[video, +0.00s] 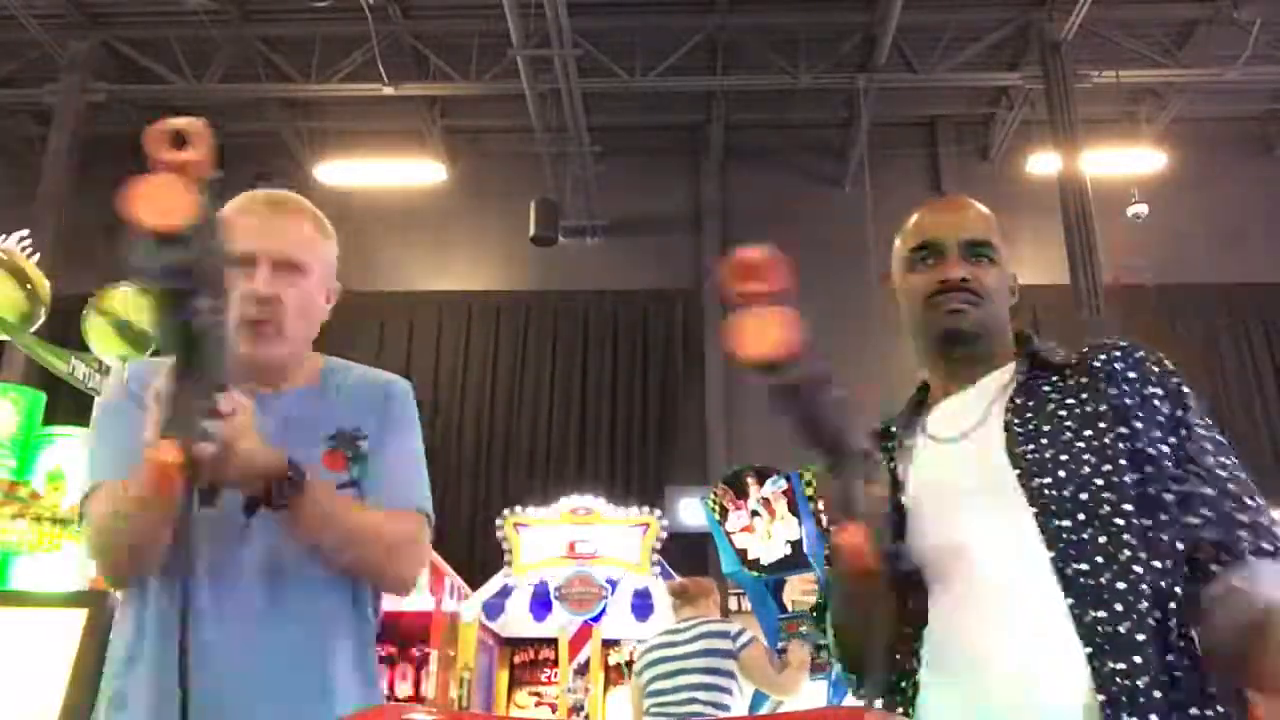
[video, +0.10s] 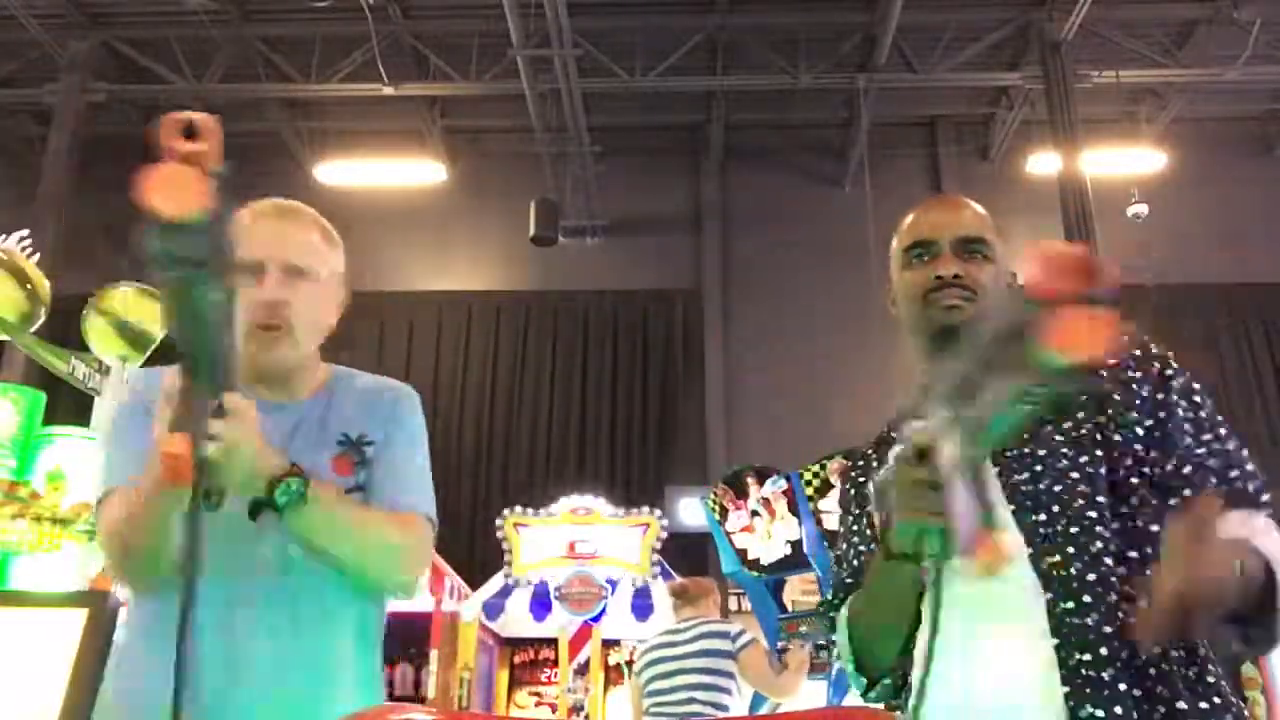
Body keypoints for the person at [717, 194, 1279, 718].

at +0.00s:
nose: (953, 269)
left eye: (977, 254)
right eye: (925, 255)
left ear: (1010, 286)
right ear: (895, 292)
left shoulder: (1117, 381)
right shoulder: (885, 458)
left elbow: (1246, 549)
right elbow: (872, 667)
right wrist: (855, 580)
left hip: (1130, 702)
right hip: (954, 705)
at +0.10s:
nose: (947, 267)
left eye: (973, 251)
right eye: (920, 255)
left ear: (1009, 279)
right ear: (894, 294)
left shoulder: (1123, 387)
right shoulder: (888, 459)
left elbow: (1251, 522)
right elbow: (870, 662)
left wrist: (1224, 570)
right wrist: (903, 542)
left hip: (1137, 704)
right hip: (960, 707)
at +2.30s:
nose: (965, 267)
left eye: (990, 250)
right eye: (937, 251)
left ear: (1026, 282)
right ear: (906, 292)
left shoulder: (1117, 358)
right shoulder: (901, 421)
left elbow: (1131, 537)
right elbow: (872, 663)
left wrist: (976, 451)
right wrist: (880, 536)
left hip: (1118, 699)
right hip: (944, 706)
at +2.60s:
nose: (948, 270)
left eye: (973, 253)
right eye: (919, 257)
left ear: (1007, 279)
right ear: (890, 296)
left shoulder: (1128, 373)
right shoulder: (883, 466)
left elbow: (1264, 522)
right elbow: (866, 650)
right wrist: (913, 525)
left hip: (1149, 704)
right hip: (962, 706)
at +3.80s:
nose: (912, 270)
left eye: (937, 254)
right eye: (884, 253)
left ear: (972, 286)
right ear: (853, 293)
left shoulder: (1092, 414)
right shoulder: (829, 476)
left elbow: (1186, 572)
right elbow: (803, 664)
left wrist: (1074, 475)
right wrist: (859, 554)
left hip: (1081, 701)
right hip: (901, 704)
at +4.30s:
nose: (925, 268)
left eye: (946, 248)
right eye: (900, 254)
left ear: (987, 278)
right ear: (878, 282)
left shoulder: (1078, 352)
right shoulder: (874, 413)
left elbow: (1128, 528)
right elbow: (840, 660)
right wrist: (851, 534)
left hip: (1093, 696)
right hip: (921, 701)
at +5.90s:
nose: (955, 271)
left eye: (979, 254)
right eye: (927, 256)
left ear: (1013, 288)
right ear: (892, 298)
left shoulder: (1128, 384)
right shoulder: (874, 461)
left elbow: (1247, 569)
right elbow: (868, 664)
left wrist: (1249, 656)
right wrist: (843, 546)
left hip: (1144, 709)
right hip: (955, 713)